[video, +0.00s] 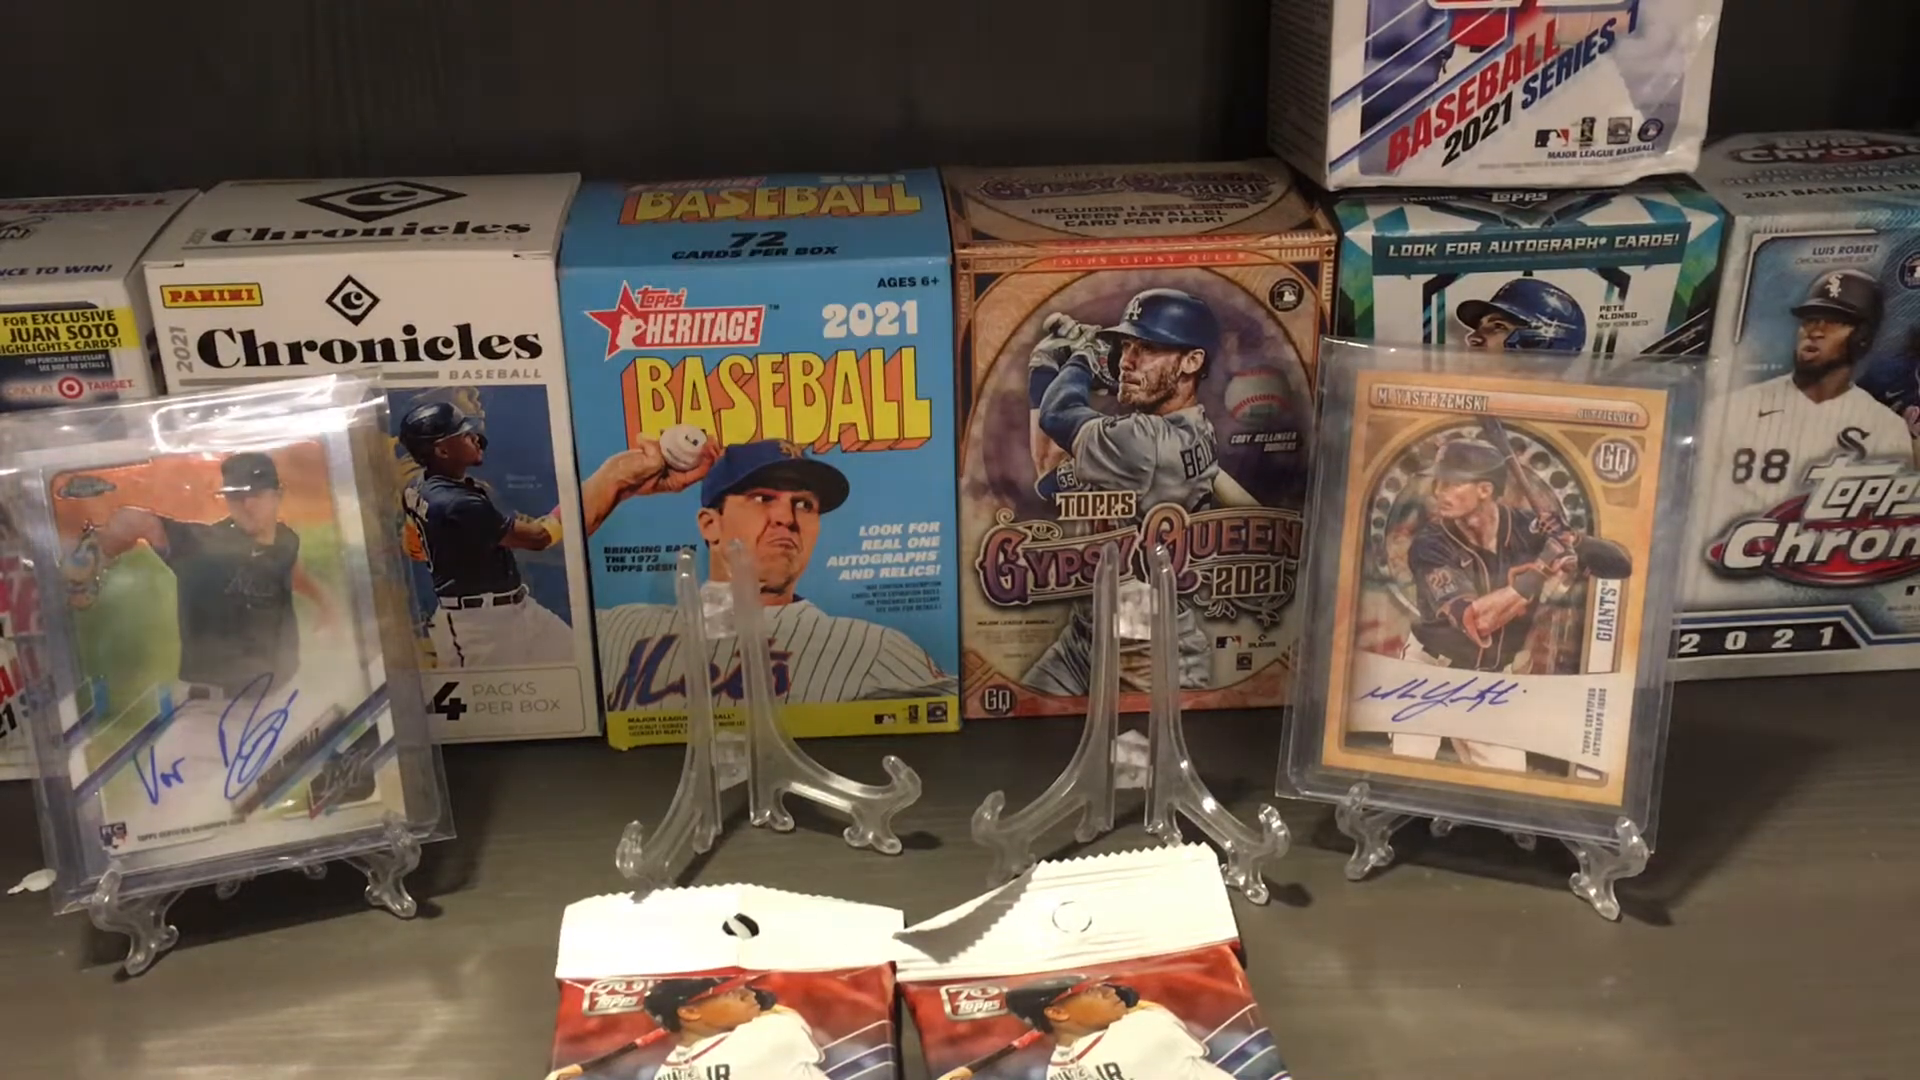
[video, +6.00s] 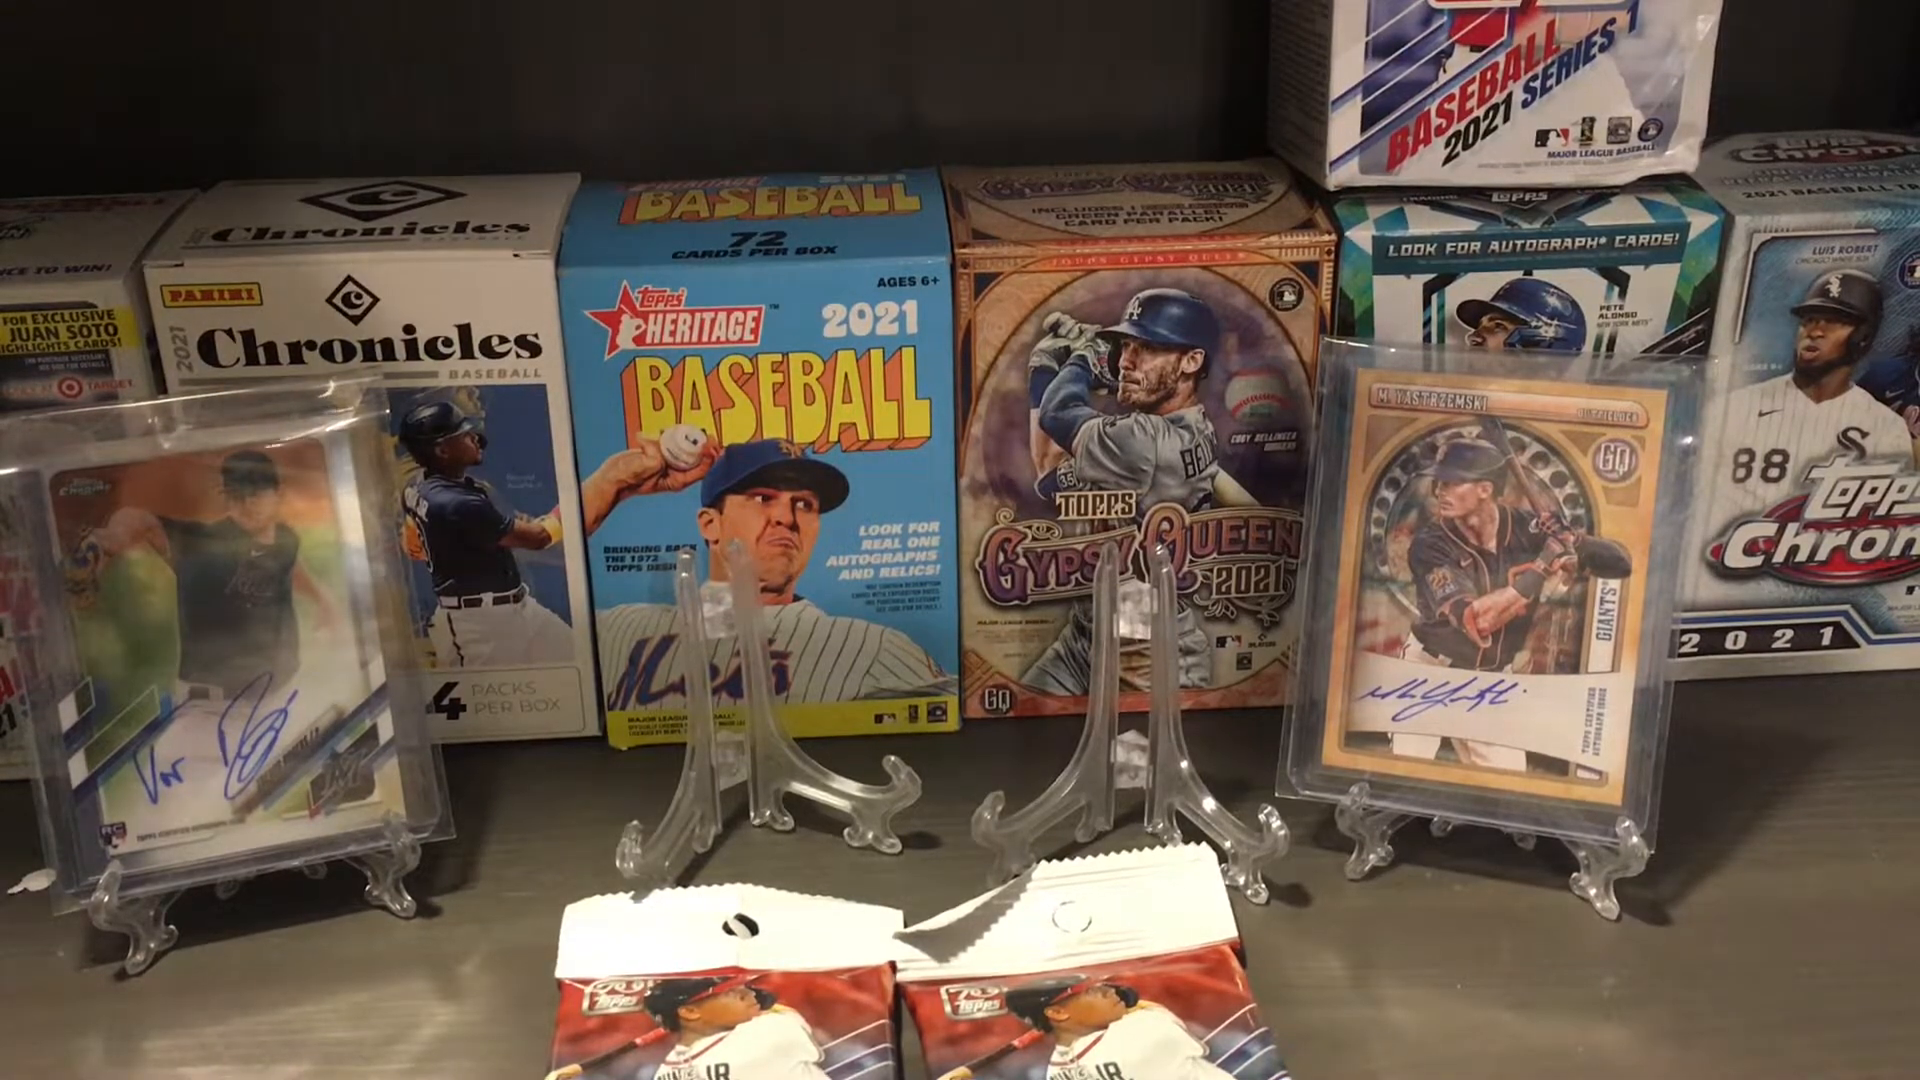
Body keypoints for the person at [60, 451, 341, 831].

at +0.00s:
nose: (246, 505)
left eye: (255, 494)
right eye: (236, 496)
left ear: (277, 495)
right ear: (227, 500)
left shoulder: (287, 542)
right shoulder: (198, 542)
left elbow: (289, 572)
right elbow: (134, 519)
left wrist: (324, 600)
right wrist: (95, 552)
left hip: (279, 701)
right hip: (210, 707)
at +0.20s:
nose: (246, 504)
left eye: (256, 493)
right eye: (236, 495)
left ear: (277, 496)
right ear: (227, 500)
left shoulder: (286, 543)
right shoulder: (199, 544)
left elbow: (289, 570)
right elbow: (135, 519)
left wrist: (322, 600)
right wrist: (105, 545)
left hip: (279, 700)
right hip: (215, 705)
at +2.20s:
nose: (247, 505)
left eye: (256, 493)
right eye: (236, 496)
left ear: (278, 495)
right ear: (226, 500)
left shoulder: (287, 542)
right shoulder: (198, 543)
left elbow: (287, 570)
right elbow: (134, 517)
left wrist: (325, 602)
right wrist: (106, 545)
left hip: (279, 700)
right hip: (213, 706)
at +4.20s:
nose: (248, 506)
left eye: (257, 495)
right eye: (238, 497)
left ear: (276, 495)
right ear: (228, 501)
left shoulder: (286, 541)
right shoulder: (198, 542)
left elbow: (291, 570)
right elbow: (138, 520)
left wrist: (324, 601)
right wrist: (117, 534)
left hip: (276, 687)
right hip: (214, 693)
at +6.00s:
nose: (247, 506)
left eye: (256, 495)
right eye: (237, 497)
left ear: (276, 495)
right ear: (226, 499)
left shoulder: (286, 541)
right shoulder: (201, 541)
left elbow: (291, 569)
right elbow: (134, 517)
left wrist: (323, 601)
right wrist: (116, 539)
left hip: (276, 683)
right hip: (214, 690)